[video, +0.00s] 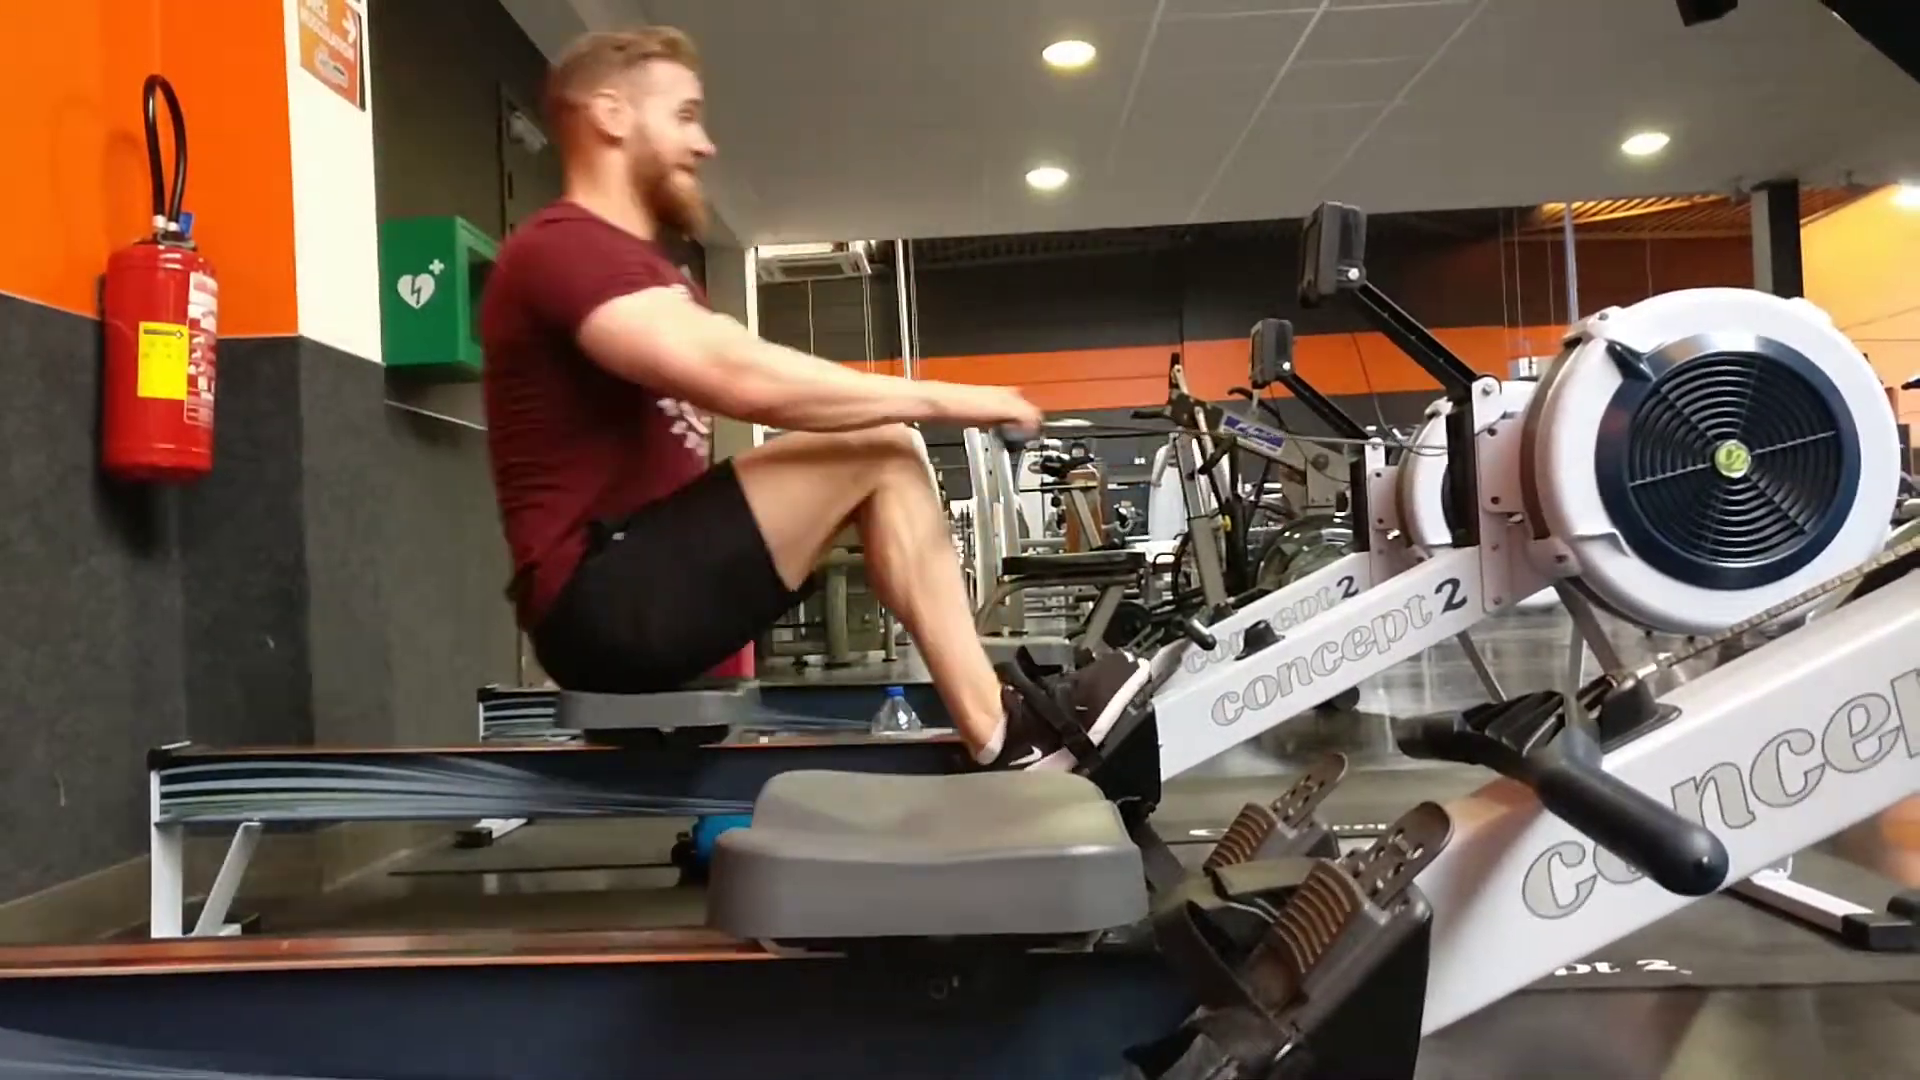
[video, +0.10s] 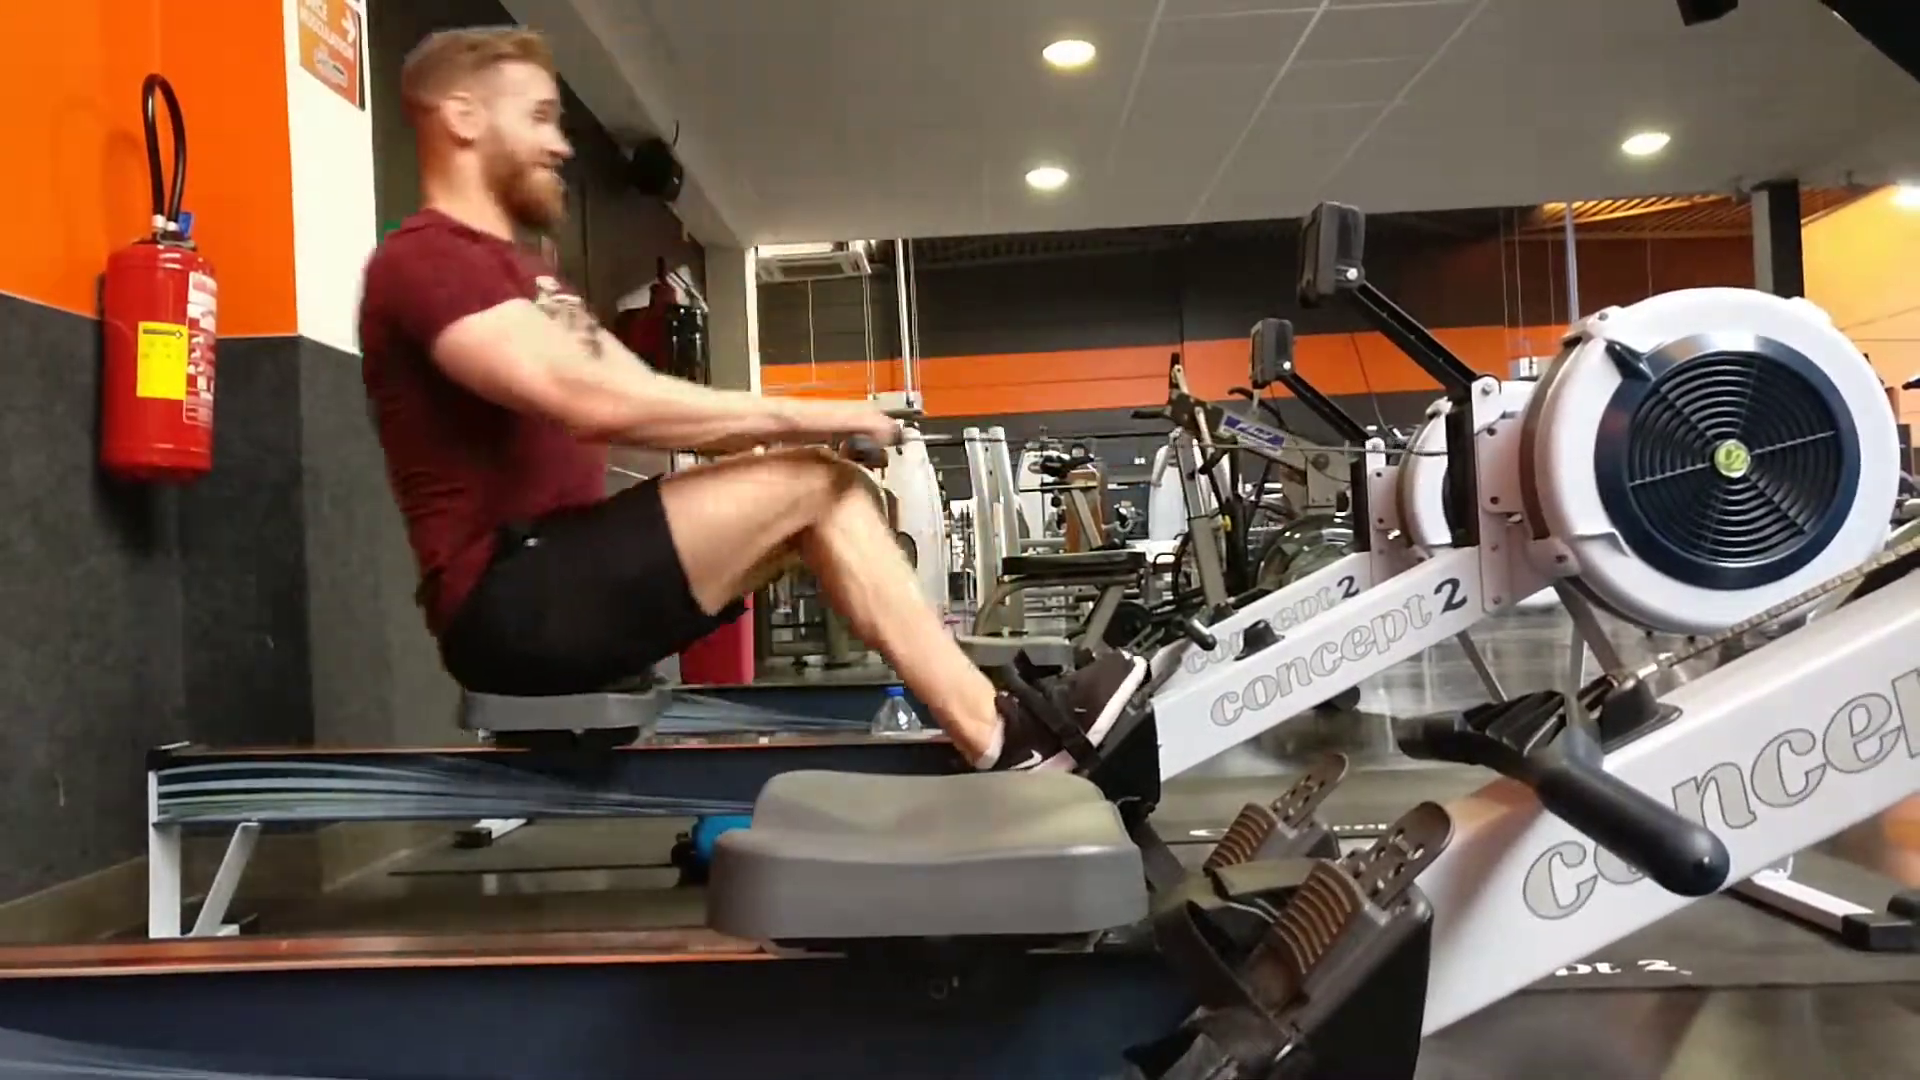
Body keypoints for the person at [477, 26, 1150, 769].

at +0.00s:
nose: (704, 144)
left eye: (700, 120)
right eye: (684, 115)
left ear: (618, 122)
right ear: (607, 119)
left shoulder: (639, 264)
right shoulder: (564, 249)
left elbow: (759, 385)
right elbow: (746, 383)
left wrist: (930, 403)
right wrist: (942, 399)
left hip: (638, 595)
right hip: (600, 603)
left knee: (887, 448)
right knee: (884, 452)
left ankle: (989, 718)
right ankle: (994, 737)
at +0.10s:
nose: (562, 141)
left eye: (558, 119)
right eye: (541, 115)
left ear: (474, 122)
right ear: (458, 119)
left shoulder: (517, 271)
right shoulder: (428, 261)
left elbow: (650, 396)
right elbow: (592, 406)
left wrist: (812, 423)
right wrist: (801, 421)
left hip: (557, 588)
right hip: (510, 605)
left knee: (825, 475)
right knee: (818, 478)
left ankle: (988, 717)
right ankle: (989, 733)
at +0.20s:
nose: (435, 170)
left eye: (436, 149)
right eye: (415, 141)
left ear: (362, 147)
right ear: (329, 140)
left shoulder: (406, 295)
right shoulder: (287, 282)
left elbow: (507, 451)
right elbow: (397, 431)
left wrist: (626, 419)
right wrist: (609, 407)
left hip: (496, 580)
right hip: (437, 606)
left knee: (766, 524)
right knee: (759, 525)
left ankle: (989, 721)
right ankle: (992, 745)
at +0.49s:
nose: (535, 192)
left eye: (539, 170)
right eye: (521, 162)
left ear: (453, 154)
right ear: (435, 142)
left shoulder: (450, 298)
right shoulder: (336, 272)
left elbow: (442, 473)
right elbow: (303, 442)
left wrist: (528, 445)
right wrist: (498, 418)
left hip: (461, 597)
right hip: (400, 615)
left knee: (746, 538)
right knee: (739, 539)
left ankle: (968, 733)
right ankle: (966, 744)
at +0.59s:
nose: (620, 190)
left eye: (624, 167)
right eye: (606, 161)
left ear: (531, 150)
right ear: (526, 143)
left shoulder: (528, 300)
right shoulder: (435, 270)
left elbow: (563, 448)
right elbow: (502, 435)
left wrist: (691, 416)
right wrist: (703, 404)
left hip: (521, 599)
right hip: (466, 612)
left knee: (783, 500)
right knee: (778, 502)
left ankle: (980, 723)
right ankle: (975, 742)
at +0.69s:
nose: (717, 191)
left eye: (718, 166)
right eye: (705, 161)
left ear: (632, 148)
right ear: (628, 144)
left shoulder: (647, 296)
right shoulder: (543, 270)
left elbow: (721, 415)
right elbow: (690, 426)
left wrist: (875, 411)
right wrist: (890, 406)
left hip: (600, 606)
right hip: (546, 618)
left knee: (854, 459)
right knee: (847, 467)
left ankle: (980, 718)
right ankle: (983, 740)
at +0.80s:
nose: (815, 190)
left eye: (819, 166)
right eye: (805, 159)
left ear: (732, 146)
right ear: (732, 140)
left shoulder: (696, 279)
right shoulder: (651, 266)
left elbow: (843, 399)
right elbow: (849, 416)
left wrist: (1008, 426)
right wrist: (1019, 423)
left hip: (659, 607)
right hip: (634, 615)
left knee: (908, 443)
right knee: (906, 449)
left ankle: (982, 714)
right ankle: (984, 730)